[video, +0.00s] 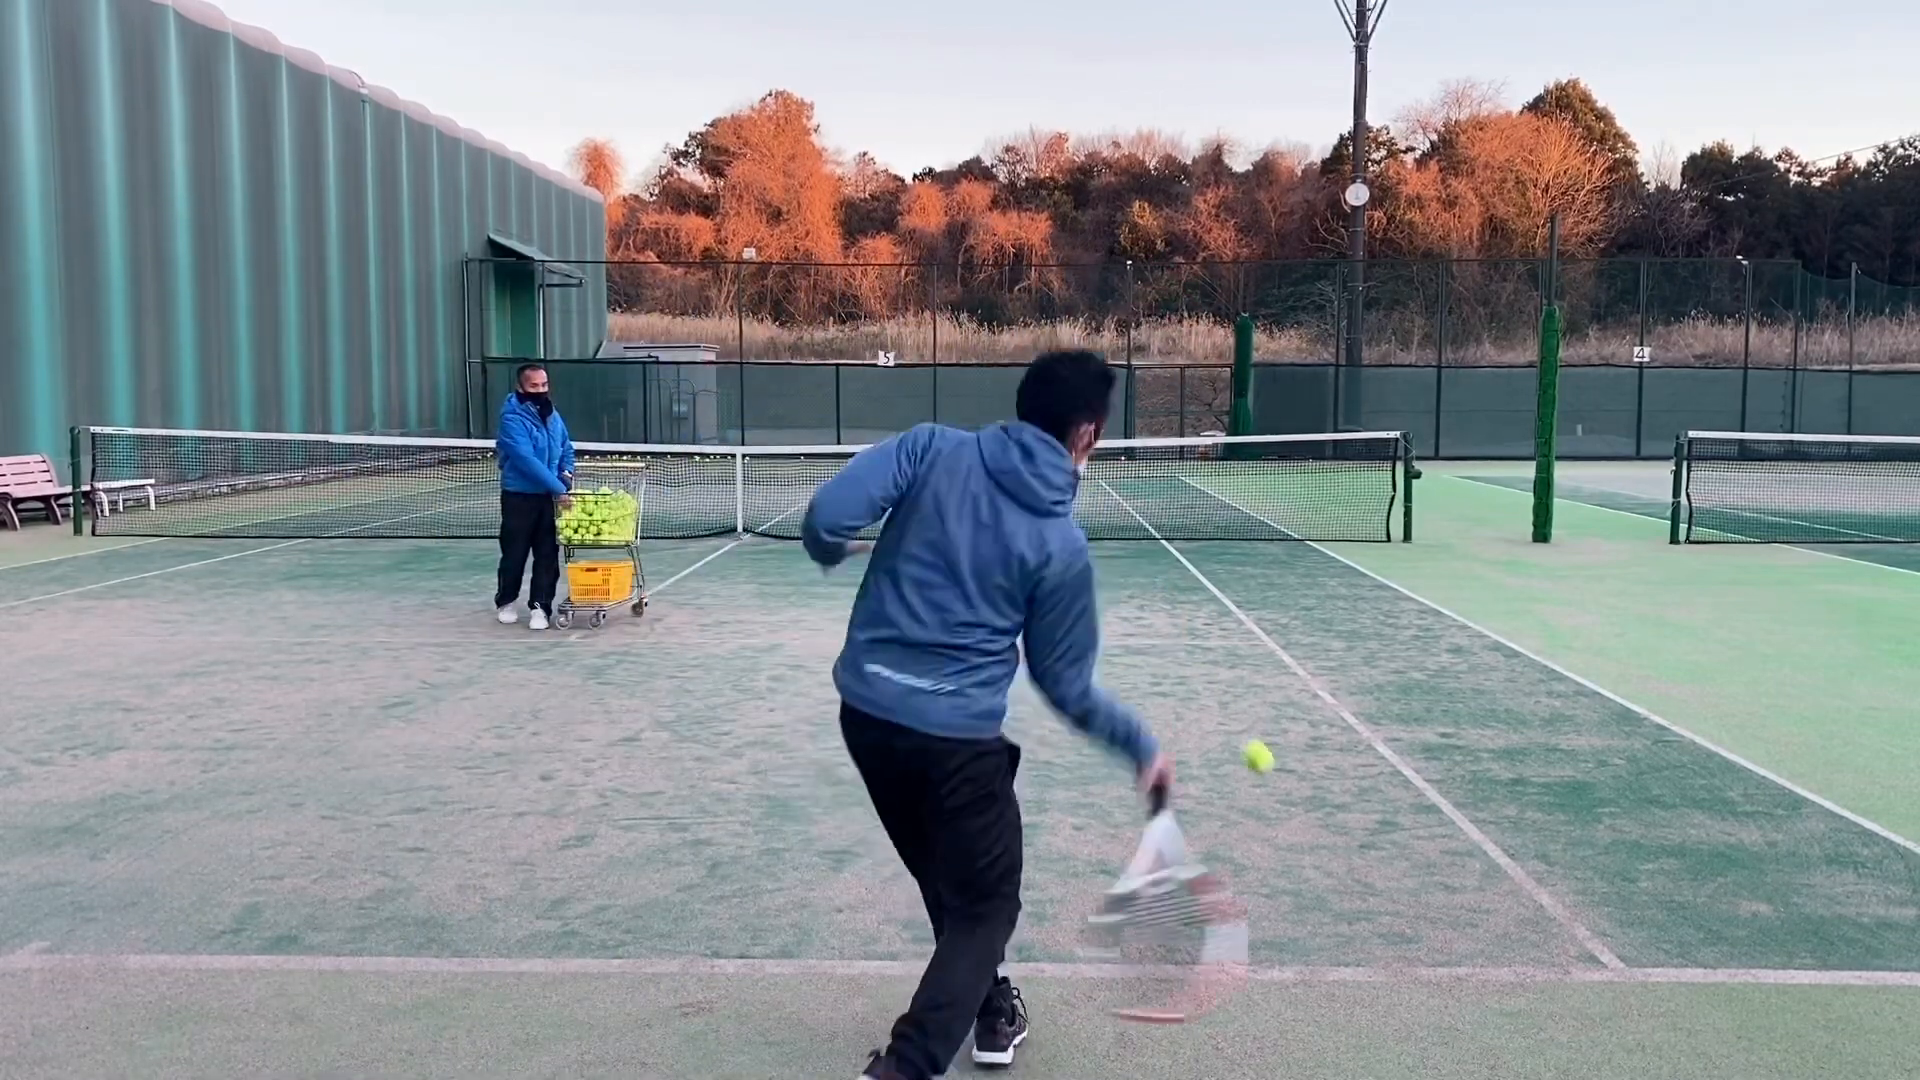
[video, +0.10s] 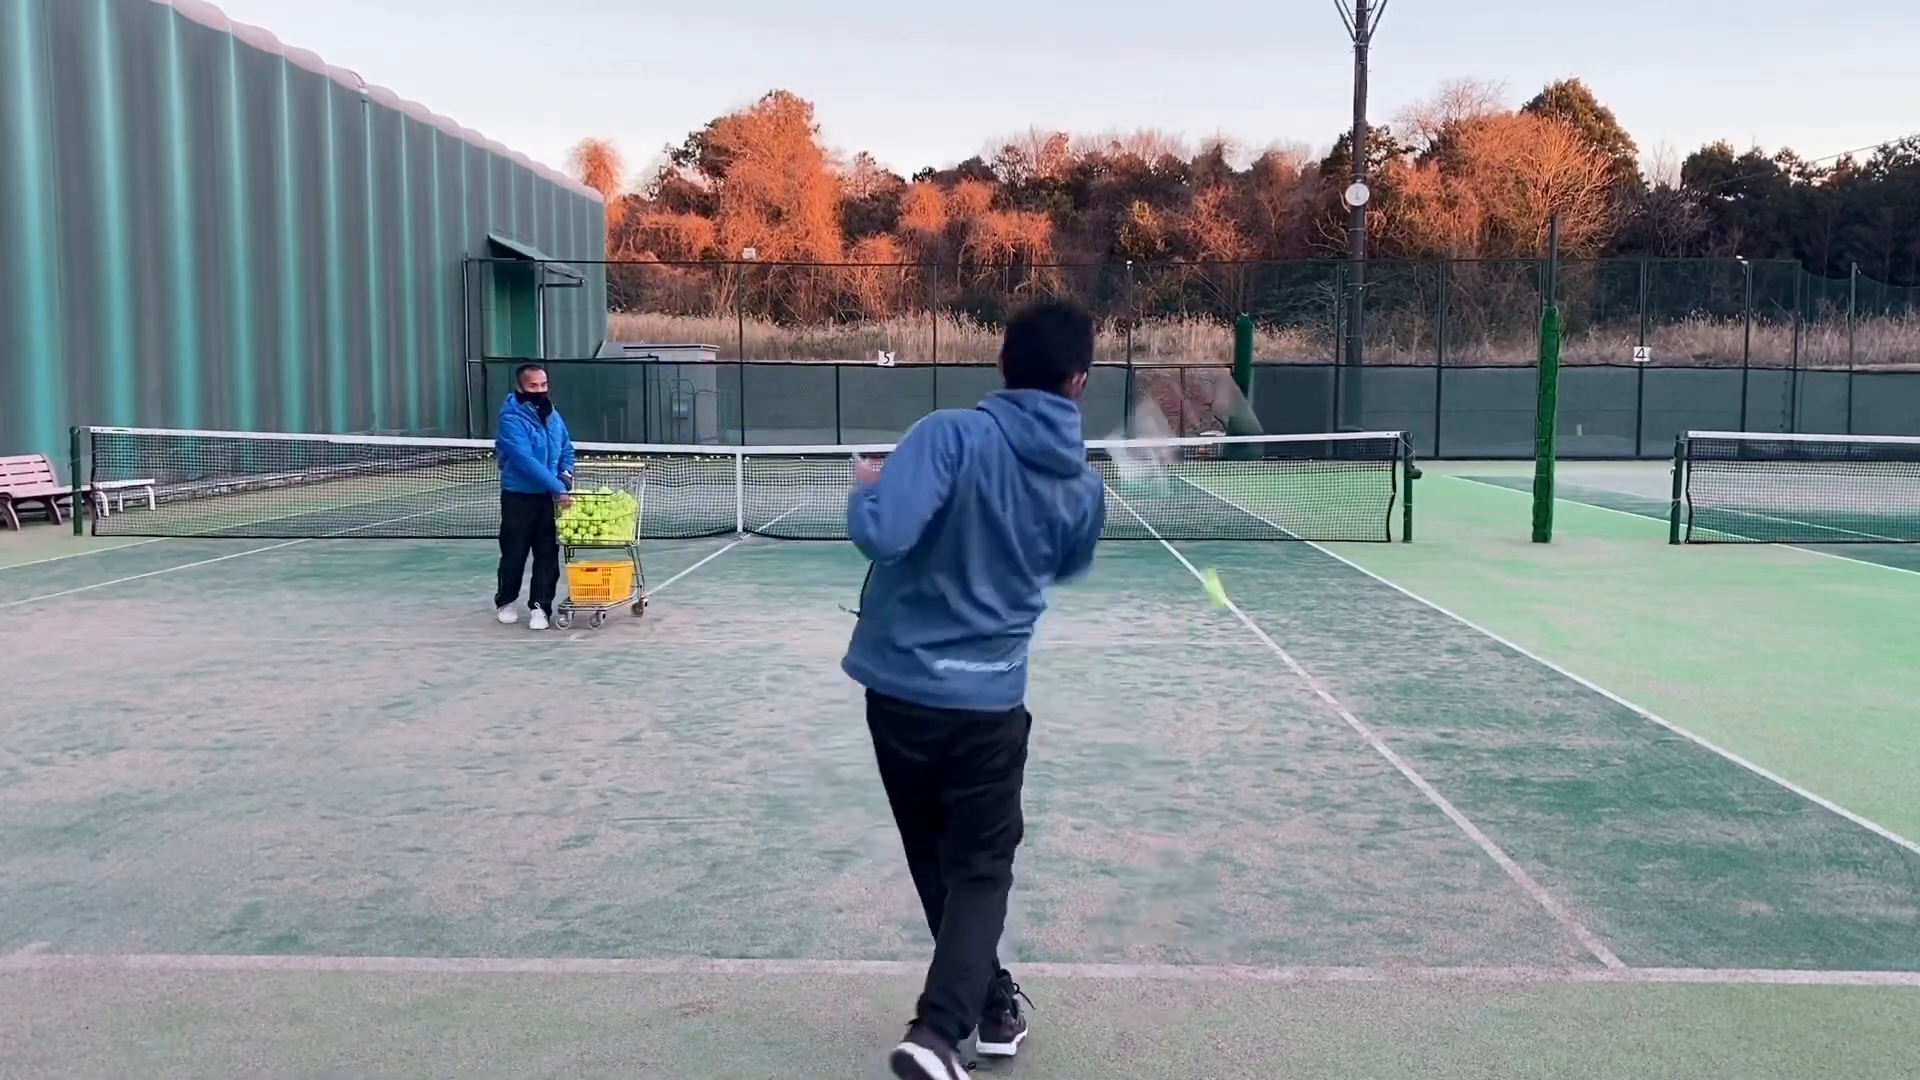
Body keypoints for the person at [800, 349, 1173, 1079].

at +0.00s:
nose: (1097, 441)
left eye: (1101, 427)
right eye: (1099, 428)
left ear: (1020, 411)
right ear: (1083, 433)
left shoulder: (933, 446)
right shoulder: (1058, 544)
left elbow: (826, 515)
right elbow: (1065, 681)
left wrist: (828, 548)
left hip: (865, 711)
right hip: (957, 737)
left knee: (943, 875)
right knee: (988, 902)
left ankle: (993, 1015)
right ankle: (903, 1067)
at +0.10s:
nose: (1086, 384)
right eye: (1086, 373)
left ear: (1002, 366)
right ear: (1079, 379)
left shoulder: (946, 434)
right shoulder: (1079, 483)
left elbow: (887, 532)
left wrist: (867, 490)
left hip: (898, 691)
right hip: (991, 701)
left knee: (934, 861)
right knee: (983, 870)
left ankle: (995, 1010)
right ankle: (934, 1039)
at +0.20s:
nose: (985, 330)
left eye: (992, 322)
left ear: (994, 336)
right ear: (1074, 345)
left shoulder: (962, 415)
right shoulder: (1077, 419)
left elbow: (937, 529)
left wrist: (882, 485)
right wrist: (925, 319)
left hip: (928, 674)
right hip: (1015, 678)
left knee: (950, 846)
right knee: (1009, 843)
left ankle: (998, 1003)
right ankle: (992, 1022)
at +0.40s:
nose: (969, 330)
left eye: (973, 320)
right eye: (975, 318)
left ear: (978, 330)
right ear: (1052, 326)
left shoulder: (972, 410)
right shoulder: (1064, 397)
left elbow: (976, 535)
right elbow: (990, 386)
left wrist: (913, 509)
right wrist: (910, 392)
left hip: (966, 677)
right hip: (1049, 669)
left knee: (978, 842)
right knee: (1072, 834)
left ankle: (1022, 1010)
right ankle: (1114, 1012)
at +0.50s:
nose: (952, 362)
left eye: (954, 352)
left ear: (962, 360)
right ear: (1041, 354)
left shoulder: (970, 445)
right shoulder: (1056, 433)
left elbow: (974, 569)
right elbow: (995, 475)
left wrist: (914, 520)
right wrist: (916, 472)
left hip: (985, 710)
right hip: (1064, 700)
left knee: (941, 836)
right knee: (1092, 854)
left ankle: (1018, 983)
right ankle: (1158, 1021)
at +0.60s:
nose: (926, 395)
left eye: (928, 385)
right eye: (930, 383)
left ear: (936, 397)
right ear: (1011, 391)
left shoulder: (953, 479)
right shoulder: (1038, 469)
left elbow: (956, 605)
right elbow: (1034, 578)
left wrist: (895, 592)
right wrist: (930, 569)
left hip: (997, 732)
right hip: (1063, 720)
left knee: (887, 819)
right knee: (1081, 875)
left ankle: (971, 965)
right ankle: (1158, 1035)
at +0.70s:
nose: (888, 400)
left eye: (891, 391)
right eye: (890, 389)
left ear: (901, 402)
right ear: (975, 395)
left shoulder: (910, 489)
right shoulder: (1010, 481)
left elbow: (909, 613)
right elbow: (1036, 595)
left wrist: (859, 597)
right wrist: (904, 583)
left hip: (959, 738)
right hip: (1035, 728)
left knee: (842, 821)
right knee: (1065, 875)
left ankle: (881, 992)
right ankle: (1157, 1032)